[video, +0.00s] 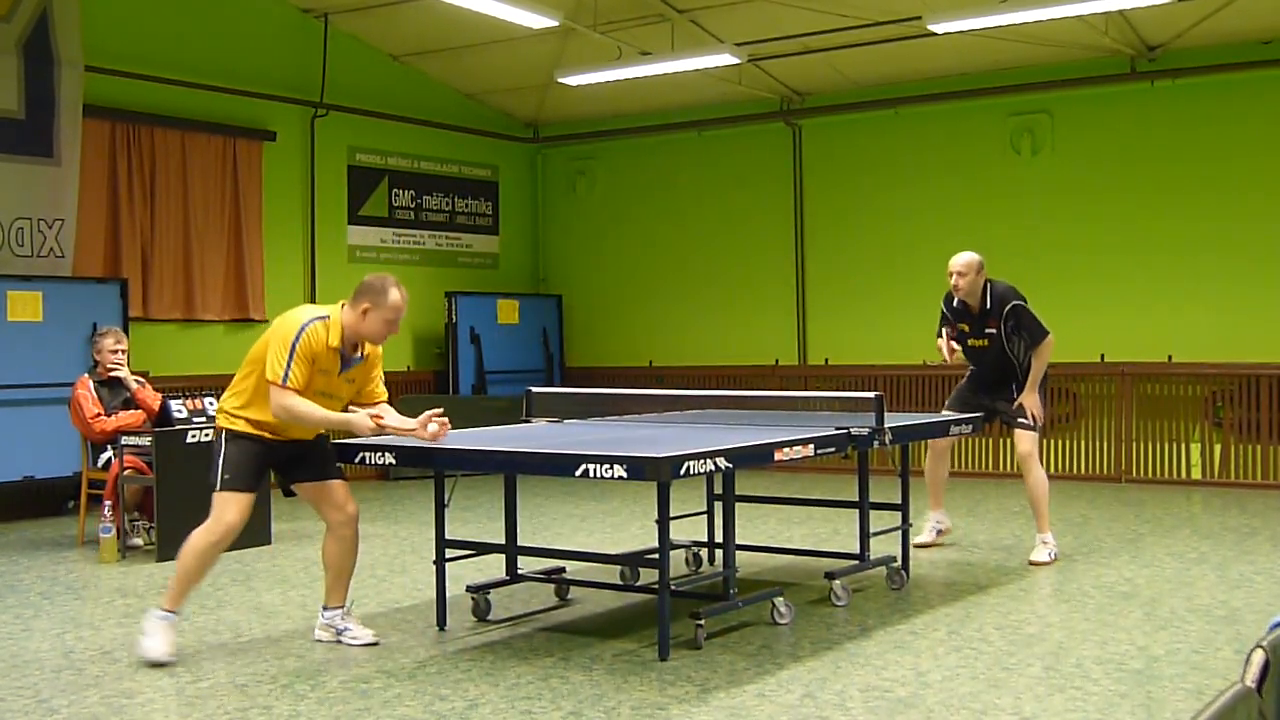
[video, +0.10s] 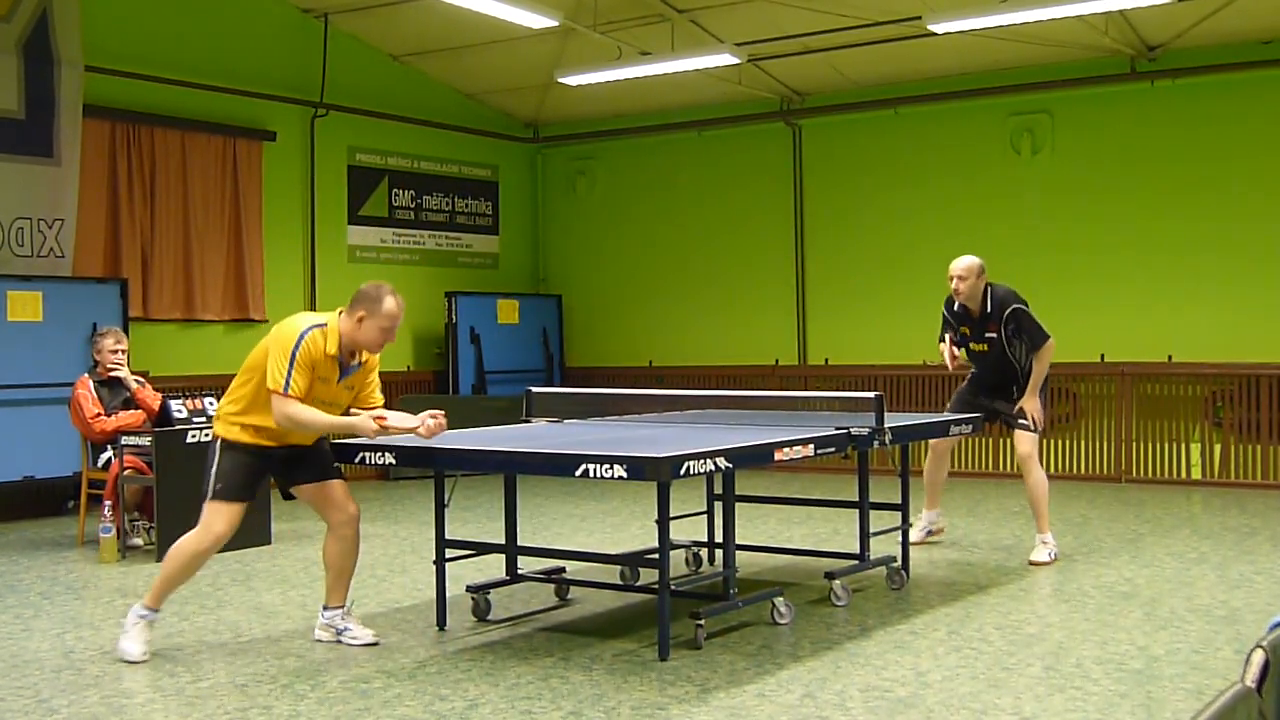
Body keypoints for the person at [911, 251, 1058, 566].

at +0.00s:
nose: (954, 281)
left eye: (961, 275)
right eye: (951, 275)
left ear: (981, 276)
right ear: (949, 277)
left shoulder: (1006, 299)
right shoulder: (951, 302)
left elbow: (1045, 342)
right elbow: (945, 334)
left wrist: (1031, 391)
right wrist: (947, 348)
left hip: (1019, 380)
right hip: (979, 378)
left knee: (1026, 452)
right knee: (938, 438)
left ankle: (1045, 539)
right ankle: (937, 518)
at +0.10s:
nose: (954, 285)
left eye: (961, 279)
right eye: (951, 279)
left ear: (981, 280)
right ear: (949, 281)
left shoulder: (1007, 303)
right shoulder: (952, 306)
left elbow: (1046, 346)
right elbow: (948, 335)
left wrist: (1032, 395)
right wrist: (947, 348)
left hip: (1021, 383)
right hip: (981, 380)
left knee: (1026, 453)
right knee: (938, 442)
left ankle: (1045, 539)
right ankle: (931, 517)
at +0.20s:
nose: (954, 292)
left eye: (961, 286)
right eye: (951, 286)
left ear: (980, 288)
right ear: (948, 288)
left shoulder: (1006, 309)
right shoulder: (950, 312)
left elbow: (1045, 351)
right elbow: (943, 346)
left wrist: (1029, 399)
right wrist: (946, 357)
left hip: (1020, 390)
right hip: (979, 388)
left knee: (1023, 455)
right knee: (940, 449)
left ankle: (1044, 540)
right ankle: (931, 525)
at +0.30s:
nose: (950, 297)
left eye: (957, 291)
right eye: (947, 291)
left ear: (977, 292)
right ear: (945, 292)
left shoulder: (1003, 313)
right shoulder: (946, 316)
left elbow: (1044, 351)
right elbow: (940, 345)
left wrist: (1028, 400)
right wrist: (943, 365)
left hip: (1017, 393)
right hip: (976, 391)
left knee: (1021, 455)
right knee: (935, 450)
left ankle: (1044, 540)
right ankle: (930, 525)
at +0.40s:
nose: (945, 301)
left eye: (951, 295)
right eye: (942, 296)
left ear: (972, 295)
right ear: (940, 296)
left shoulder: (999, 315)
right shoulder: (943, 319)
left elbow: (1041, 352)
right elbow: (935, 355)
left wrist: (1026, 399)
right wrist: (939, 367)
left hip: (1016, 391)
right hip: (975, 390)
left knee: (1019, 454)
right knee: (931, 451)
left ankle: (1044, 539)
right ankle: (929, 524)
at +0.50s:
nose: (943, 302)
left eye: (950, 296)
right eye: (940, 296)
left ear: (969, 296)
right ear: (938, 297)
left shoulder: (996, 315)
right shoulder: (941, 319)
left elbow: (1040, 352)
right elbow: (934, 355)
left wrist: (1025, 400)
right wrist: (937, 368)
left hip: (1015, 391)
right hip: (974, 390)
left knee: (1019, 453)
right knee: (930, 450)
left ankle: (1044, 539)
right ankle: (929, 524)